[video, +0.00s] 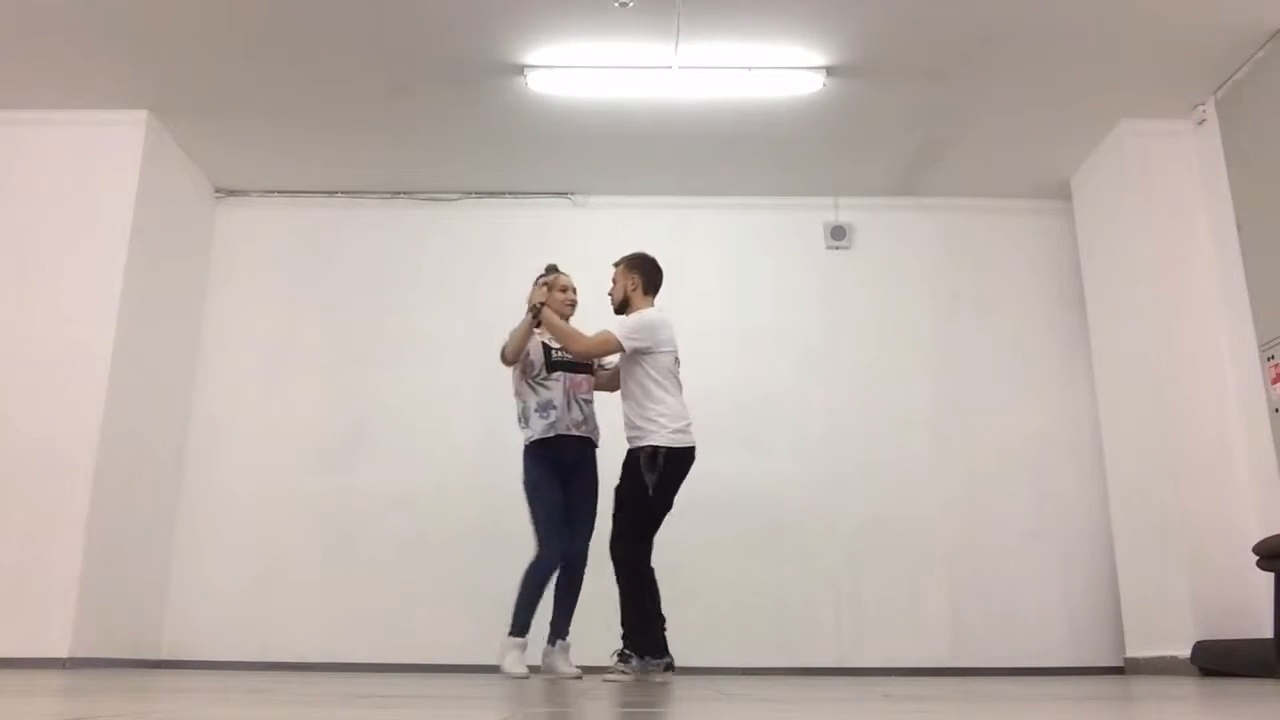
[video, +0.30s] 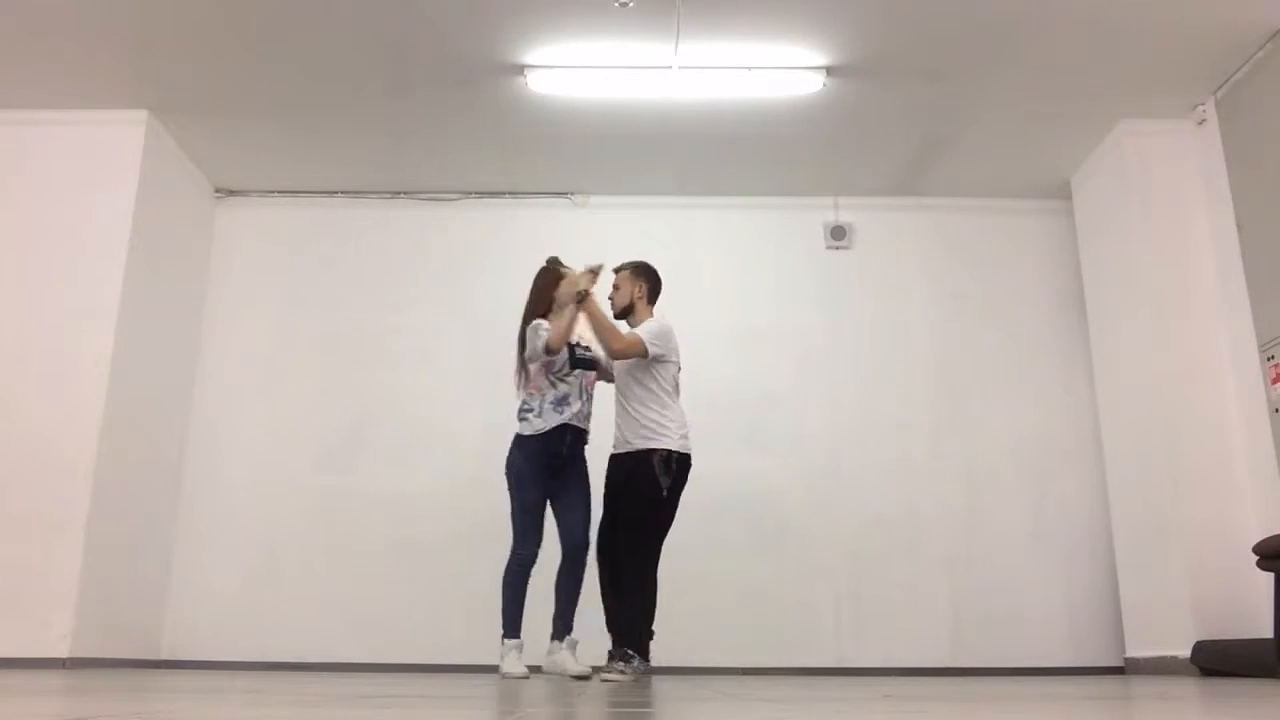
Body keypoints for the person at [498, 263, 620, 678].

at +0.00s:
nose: (570, 297)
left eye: (573, 292)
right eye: (561, 291)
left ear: (577, 301)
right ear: (541, 299)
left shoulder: (583, 349)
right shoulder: (527, 339)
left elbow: (609, 381)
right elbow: (509, 355)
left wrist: (641, 359)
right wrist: (531, 315)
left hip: (582, 453)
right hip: (542, 453)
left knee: (576, 553)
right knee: (551, 551)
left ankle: (556, 648)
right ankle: (515, 644)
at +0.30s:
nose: (579, 300)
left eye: (581, 294)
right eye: (572, 293)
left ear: (582, 299)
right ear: (552, 294)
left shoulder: (581, 342)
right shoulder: (534, 329)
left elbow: (615, 373)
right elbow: (554, 343)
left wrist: (656, 369)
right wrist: (573, 300)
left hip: (571, 455)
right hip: (531, 452)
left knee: (577, 546)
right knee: (526, 548)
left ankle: (561, 646)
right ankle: (511, 646)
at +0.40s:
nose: (585, 291)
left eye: (583, 285)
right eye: (578, 285)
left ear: (565, 290)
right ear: (559, 289)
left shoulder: (576, 335)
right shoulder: (547, 329)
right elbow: (585, 332)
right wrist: (608, 297)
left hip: (578, 449)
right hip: (544, 449)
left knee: (573, 550)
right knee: (543, 549)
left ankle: (555, 649)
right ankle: (511, 643)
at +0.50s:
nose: (590, 291)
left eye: (587, 285)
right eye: (587, 285)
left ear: (554, 288)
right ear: (578, 289)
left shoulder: (562, 326)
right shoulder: (575, 324)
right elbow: (632, 325)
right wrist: (652, 287)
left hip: (576, 450)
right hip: (560, 450)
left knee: (575, 549)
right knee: (571, 547)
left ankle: (556, 647)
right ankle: (521, 623)